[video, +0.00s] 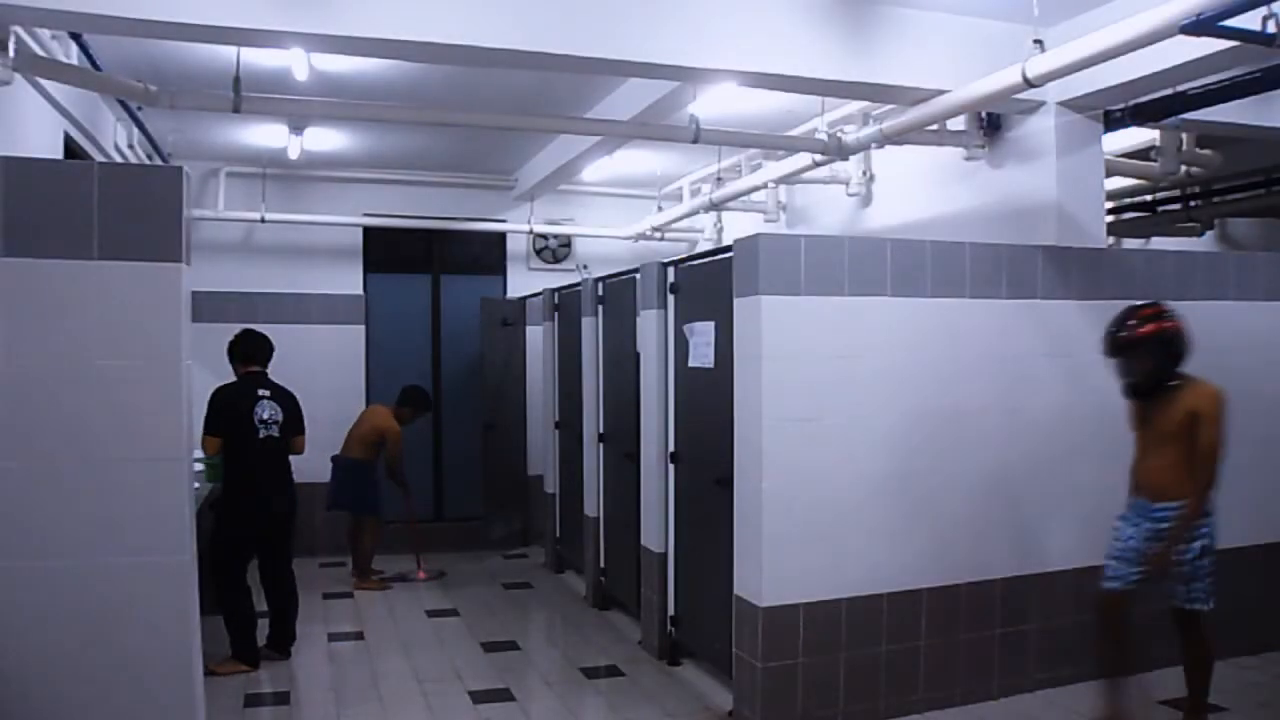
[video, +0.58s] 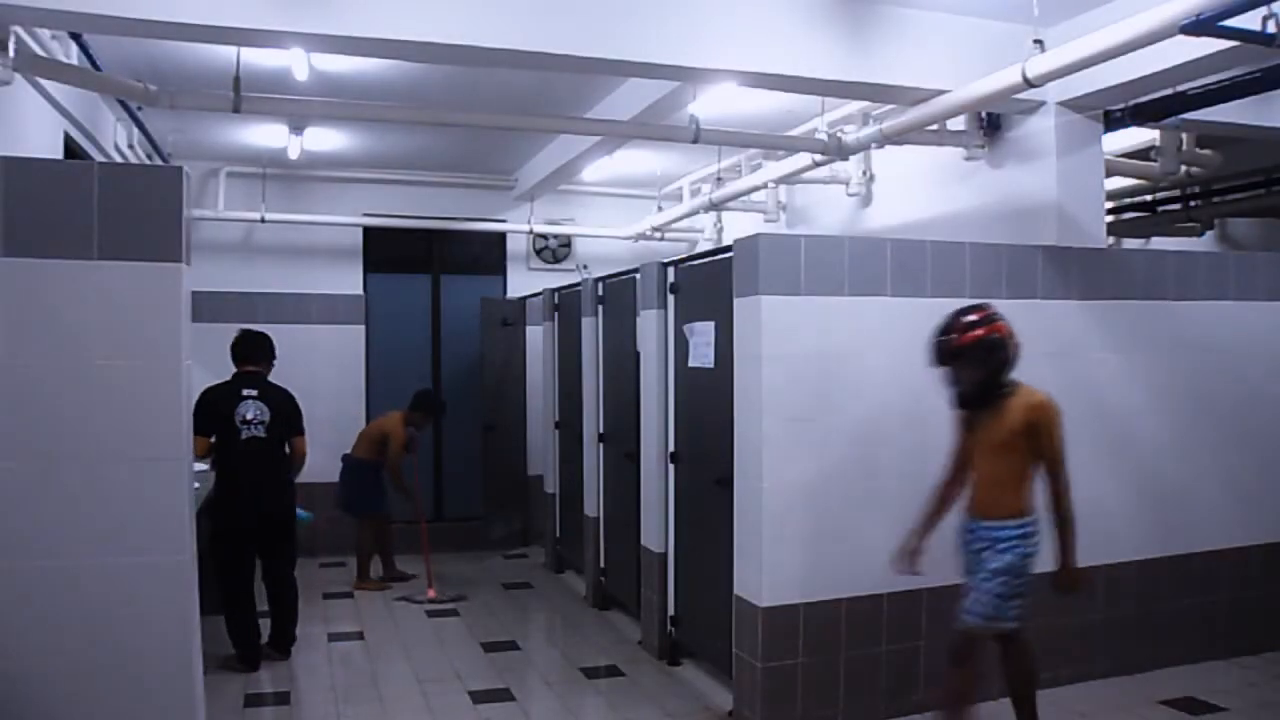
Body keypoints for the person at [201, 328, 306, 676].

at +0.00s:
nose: (235, 365)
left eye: (234, 359)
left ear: (234, 361)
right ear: (268, 360)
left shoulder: (224, 396)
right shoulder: (286, 397)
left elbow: (211, 446)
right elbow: (298, 446)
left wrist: (236, 436)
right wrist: (265, 442)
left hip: (238, 498)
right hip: (279, 497)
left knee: (229, 572)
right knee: (277, 567)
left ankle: (244, 654)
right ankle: (281, 644)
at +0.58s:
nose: (266, 365)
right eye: (268, 359)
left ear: (234, 360)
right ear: (270, 361)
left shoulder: (212, 397)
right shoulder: (283, 398)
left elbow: (200, 450)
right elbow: (299, 452)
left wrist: (225, 443)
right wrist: (285, 477)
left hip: (231, 498)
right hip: (275, 497)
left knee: (235, 576)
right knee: (280, 571)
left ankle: (247, 655)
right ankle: (282, 644)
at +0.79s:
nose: (271, 368)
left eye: (268, 363)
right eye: (271, 363)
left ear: (233, 360)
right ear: (268, 363)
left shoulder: (207, 397)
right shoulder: (279, 399)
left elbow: (196, 451)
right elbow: (292, 453)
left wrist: (219, 443)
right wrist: (306, 492)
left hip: (228, 501)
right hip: (273, 500)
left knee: (235, 578)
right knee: (279, 572)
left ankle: (247, 655)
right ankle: (282, 644)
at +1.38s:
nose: (275, 375)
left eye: (276, 369)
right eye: (275, 369)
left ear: (240, 360)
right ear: (268, 365)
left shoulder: (205, 398)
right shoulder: (275, 398)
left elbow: (198, 451)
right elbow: (296, 448)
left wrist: (229, 447)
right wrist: (323, 490)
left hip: (228, 502)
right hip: (274, 500)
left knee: (238, 579)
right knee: (280, 572)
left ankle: (246, 656)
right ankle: (283, 643)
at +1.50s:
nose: (280, 378)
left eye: (282, 372)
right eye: (281, 371)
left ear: (249, 361)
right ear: (273, 366)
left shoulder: (212, 395)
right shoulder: (278, 398)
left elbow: (200, 448)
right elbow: (300, 449)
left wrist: (231, 454)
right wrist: (324, 489)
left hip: (230, 500)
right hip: (276, 499)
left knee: (240, 577)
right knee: (282, 572)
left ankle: (246, 656)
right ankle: (283, 644)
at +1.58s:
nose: (287, 380)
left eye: (289, 374)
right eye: (288, 373)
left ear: (256, 362)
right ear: (279, 367)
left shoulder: (218, 394)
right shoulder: (283, 399)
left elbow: (205, 446)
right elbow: (304, 451)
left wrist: (232, 459)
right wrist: (328, 492)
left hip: (233, 499)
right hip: (277, 499)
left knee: (240, 576)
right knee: (282, 571)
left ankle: (246, 656)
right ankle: (283, 643)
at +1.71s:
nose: (298, 382)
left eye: (301, 376)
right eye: (299, 375)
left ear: (267, 363)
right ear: (290, 368)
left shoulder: (227, 393)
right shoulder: (289, 400)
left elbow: (215, 444)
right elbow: (312, 453)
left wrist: (239, 466)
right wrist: (335, 493)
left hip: (237, 498)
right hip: (280, 497)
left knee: (240, 575)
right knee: (284, 571)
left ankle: (245, 654)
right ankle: (284, 644)